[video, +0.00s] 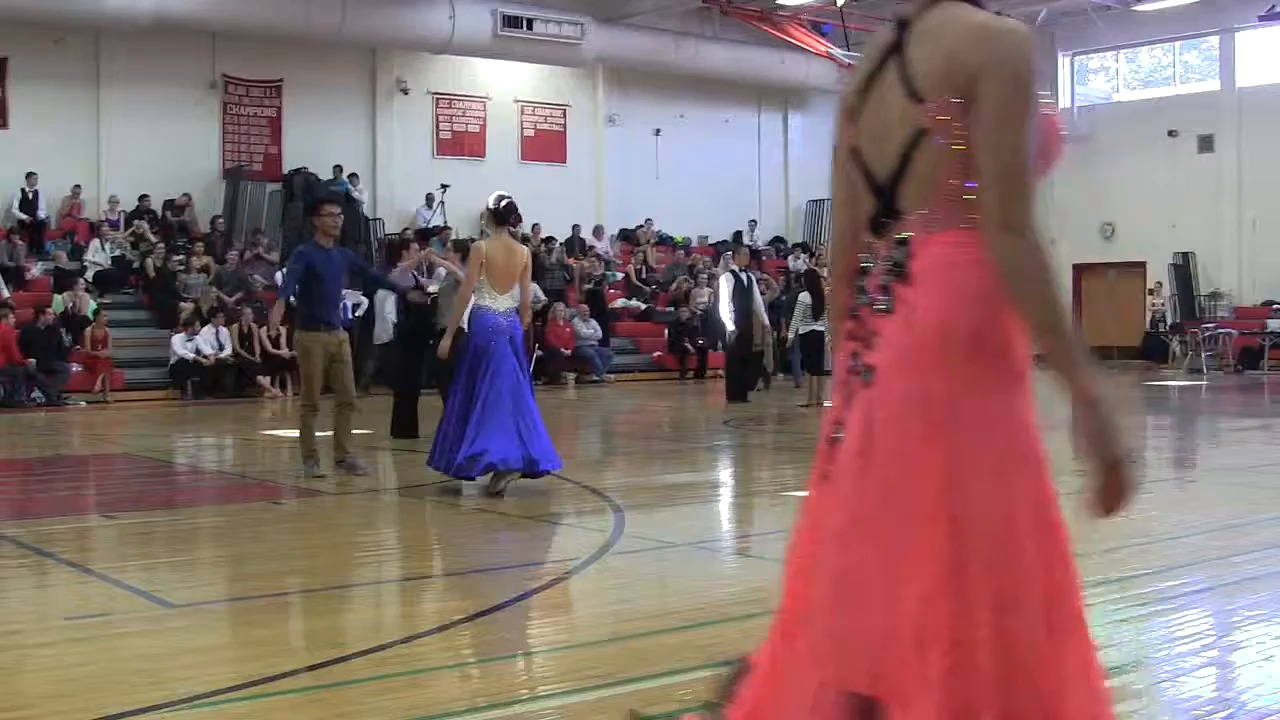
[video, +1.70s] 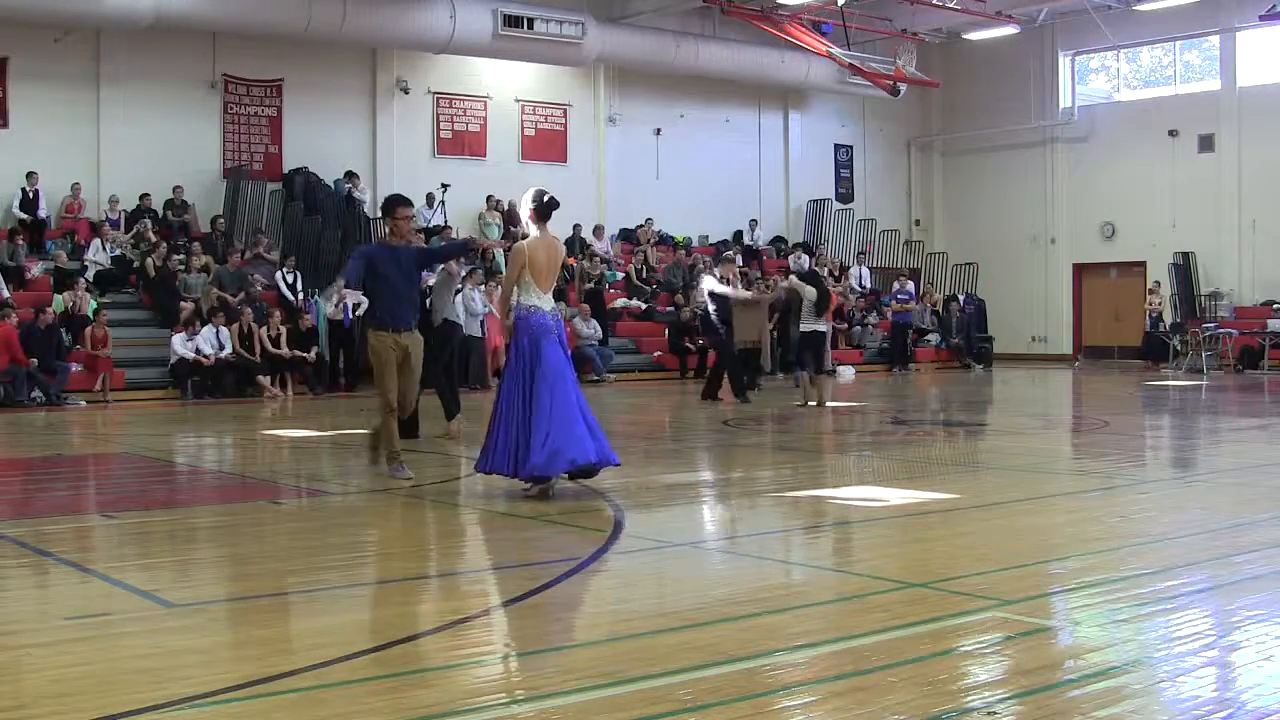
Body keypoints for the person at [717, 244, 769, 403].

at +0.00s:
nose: (747, 258)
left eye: (748, 255)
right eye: (744, 255)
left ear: (749, 257)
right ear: (735, 256)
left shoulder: (751, 277)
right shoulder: (726, 278)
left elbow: (758, 302)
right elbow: (724, 304)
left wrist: (765, 322)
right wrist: (730, 326)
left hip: (748, 322)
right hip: (735, 322)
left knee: (747, 356)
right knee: (734, 358)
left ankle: (743, 391)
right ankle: (733, 394)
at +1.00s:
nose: (747, 259)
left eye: (748, 256)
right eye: (744, 256)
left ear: (747, 258)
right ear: (735, 257)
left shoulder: (747, 277)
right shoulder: (726, 276)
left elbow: (749, 301)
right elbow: (714, 298)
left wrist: (751, 321)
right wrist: (707, 319)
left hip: (742, 320)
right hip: (728, 319)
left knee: (742, 355)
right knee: (732, 355)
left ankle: (741, 392)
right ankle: (734, 393)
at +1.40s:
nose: (749, 272)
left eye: (749, 268)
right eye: (747, 268)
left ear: (744, 267)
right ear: (737, 266)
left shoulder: (744, 285)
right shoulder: (724, 283)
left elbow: (753, 306)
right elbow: (717, 306)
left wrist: (763, 326)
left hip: (735, 326)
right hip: (724, 325)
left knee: (737, 359)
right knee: (732, 360)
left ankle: (718, 386)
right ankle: (735, 395)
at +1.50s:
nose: (745, 272)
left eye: (746, 270)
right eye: (743, 269)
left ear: (739, 269)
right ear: (734, 268)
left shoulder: (739, 284)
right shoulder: (719, 284)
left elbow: (747, 302)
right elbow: (729, 307)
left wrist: (754, 316)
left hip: (733, 323)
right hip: (721, 324)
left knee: (729, 359)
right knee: (731, 358)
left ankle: (712, 387)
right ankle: (736, 394)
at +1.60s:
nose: (737, 272)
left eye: (737, 269)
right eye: (735, 269)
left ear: (735, 269)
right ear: (726, 268)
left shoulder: (733, 281)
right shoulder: (713, 282)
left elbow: (739, 300)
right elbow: (730, 300)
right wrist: (751, 311)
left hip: (727, 322)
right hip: (716, 322)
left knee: (724, 356)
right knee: (730, 354)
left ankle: (710, 390)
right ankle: (739, 393)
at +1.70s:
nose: (734, 271)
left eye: (735, 268)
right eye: (732, 267)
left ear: (728, 266)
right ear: (724, 265)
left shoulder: (724, 281)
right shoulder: (709, 280)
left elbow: (737, 294)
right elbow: (729, 293)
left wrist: (735, 279)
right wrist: (752, 296)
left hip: (724, 321)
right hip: (712, 322)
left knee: (723, 356)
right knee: (729, 355)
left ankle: (710, 391)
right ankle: (740, 392)